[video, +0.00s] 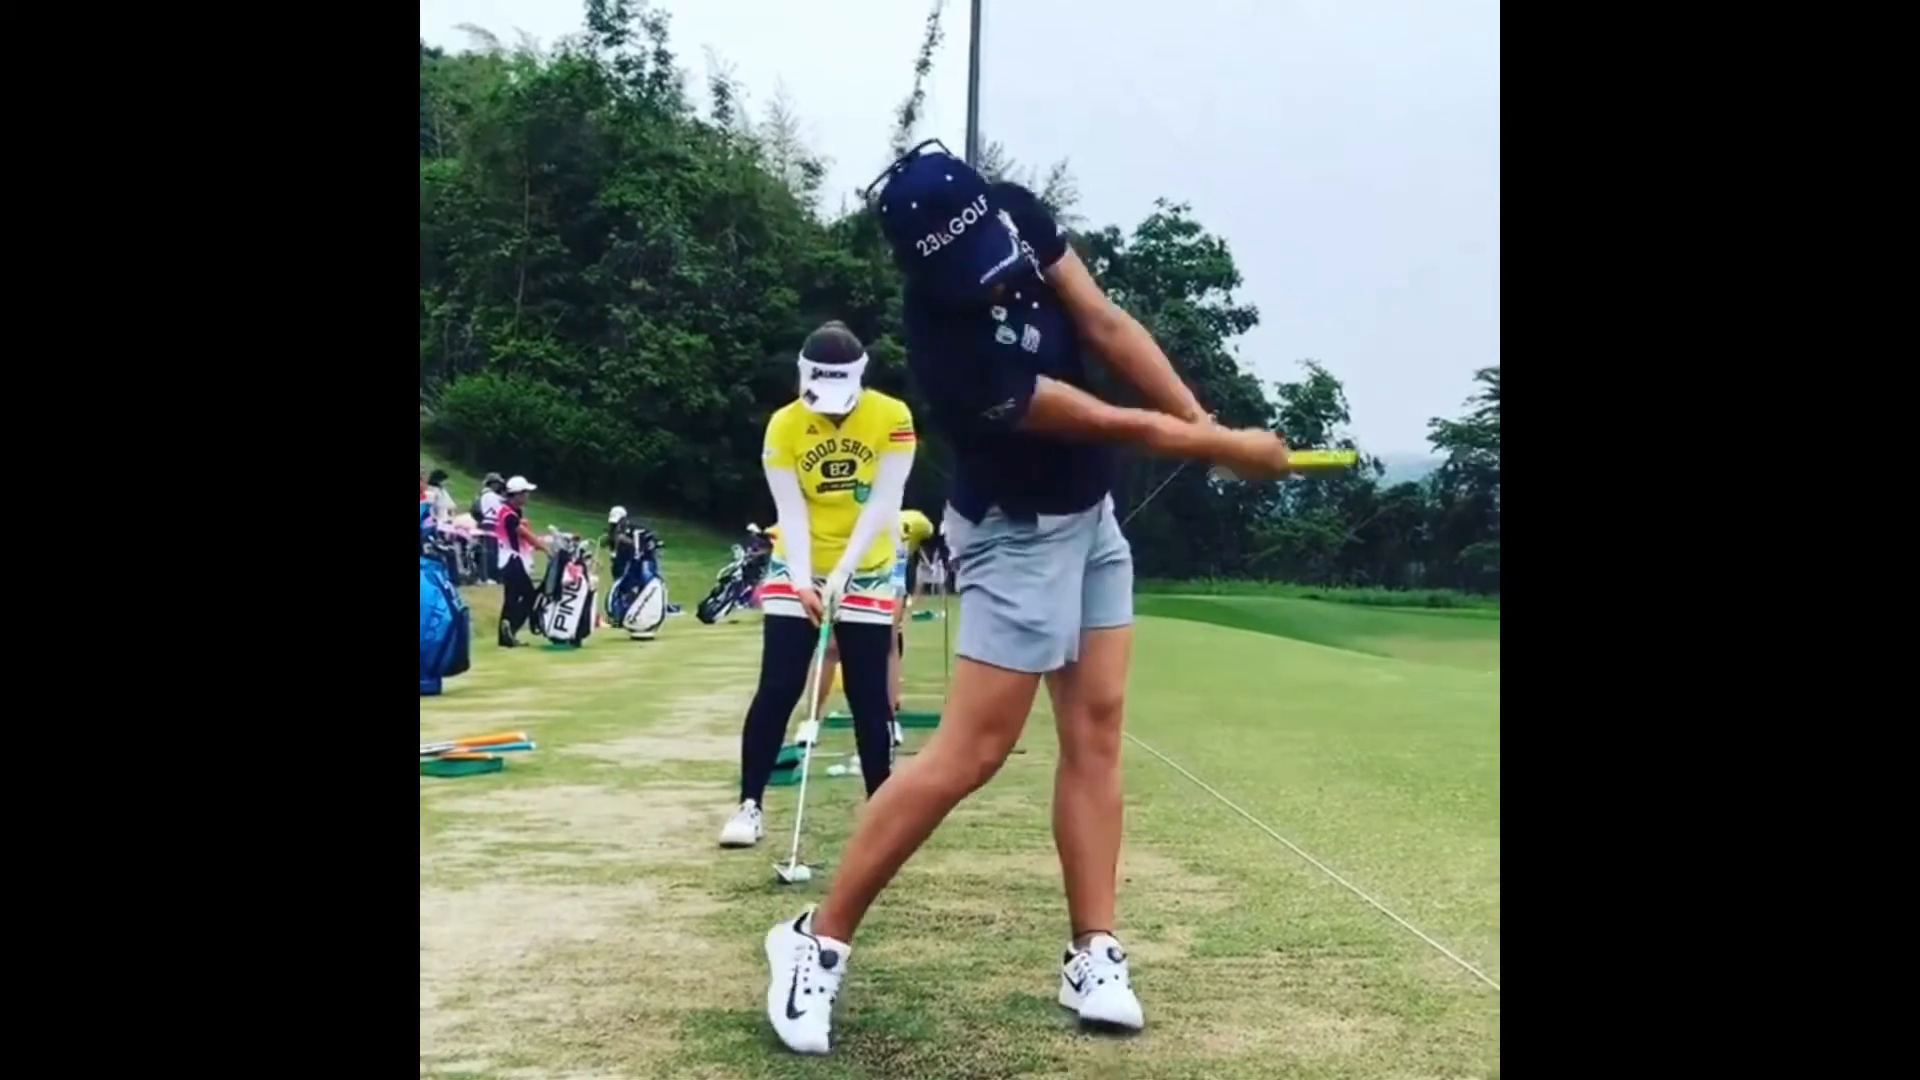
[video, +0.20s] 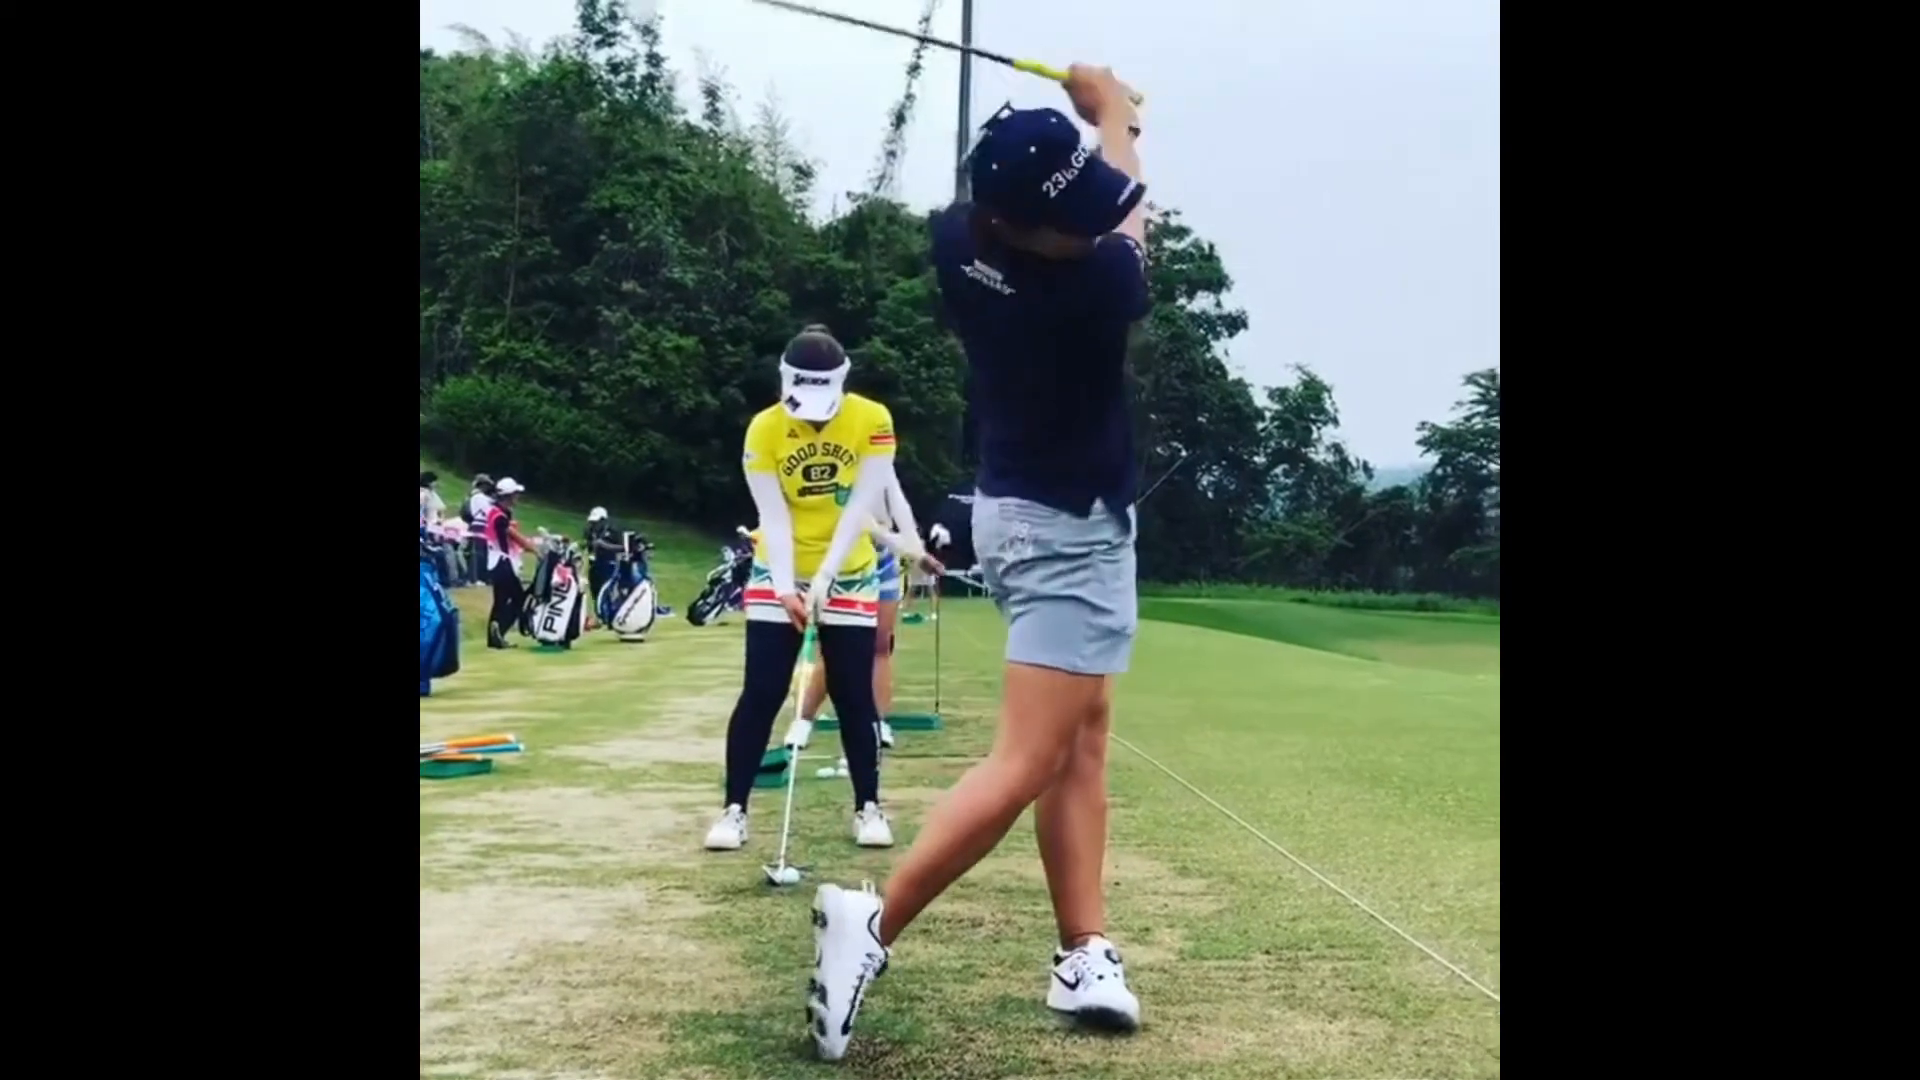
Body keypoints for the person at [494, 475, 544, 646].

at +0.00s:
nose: (527, 497)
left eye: (527, 493)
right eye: (524, 493)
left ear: (514, 496)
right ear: (515, 495)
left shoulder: (510, 512)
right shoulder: (510, 516)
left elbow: (525, 533)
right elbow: (527, 537)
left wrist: (541, 543)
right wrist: (546, 548)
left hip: (510, 556)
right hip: (511, 559)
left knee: (511, 596)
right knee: (529, 593)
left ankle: (505, 634)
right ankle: (511, 626)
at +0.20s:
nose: (517, 498)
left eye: (517, 495)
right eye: (514, 495)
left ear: (502, 496)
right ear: (507, 496)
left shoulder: (495, 513)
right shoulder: (500, 518)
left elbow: (513, 535)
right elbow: (517, 538)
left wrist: (530, 545)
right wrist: (535, 549)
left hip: (496, 558)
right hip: (502, 560)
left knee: (500, 598)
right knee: (518, 595)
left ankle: (494, 635)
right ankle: (500, 627)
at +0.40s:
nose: (508, 500)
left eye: (508, 497)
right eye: (506, 497)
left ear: (493, 497)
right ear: (498, 498)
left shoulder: (486, 515)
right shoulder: (491, 519)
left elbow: (504, 536)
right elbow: (508, 540)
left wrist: (522, 546)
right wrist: (526, 551)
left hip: (487, 559)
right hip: (492, 562)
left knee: (491, 599)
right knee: (509, 597)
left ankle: (485, 637)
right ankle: (491, 629)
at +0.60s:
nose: (502, 501)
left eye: (501, 497)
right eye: (499, 498)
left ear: (485, 498)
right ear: (492, 499)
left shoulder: (479, 516)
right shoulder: (485, 520)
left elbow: (497, 539)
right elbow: (501, 541)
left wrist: (515, 547)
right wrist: (519, 552)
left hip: (480, 560)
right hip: (486, 563)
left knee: (484, 601)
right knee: (502, 598)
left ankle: (477, 639)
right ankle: (483, 631)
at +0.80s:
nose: (498, 504)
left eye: (498, 500)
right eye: (496, 501)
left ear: (481, 501)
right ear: (488, 502)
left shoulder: (475, 518)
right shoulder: (480, 523)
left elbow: (493, 541)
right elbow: (497, 544)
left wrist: (511, 551)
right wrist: (515, 555)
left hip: (475, 562)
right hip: (481, 565)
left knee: (480, 603)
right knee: (498, 600)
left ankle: (473, 642)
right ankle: (479, 633)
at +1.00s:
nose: (496, 506)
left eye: (496, 502)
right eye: (494, 503)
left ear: (480, 503)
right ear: (486, 504)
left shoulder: (476, 521)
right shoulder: (479, 525)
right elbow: (495, 546)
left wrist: (508, 556)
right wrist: (514, 559)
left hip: (476, 565)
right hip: (479, 568)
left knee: (478, 606)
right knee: (497, 603)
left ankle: (472, 644)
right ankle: (477, 636)